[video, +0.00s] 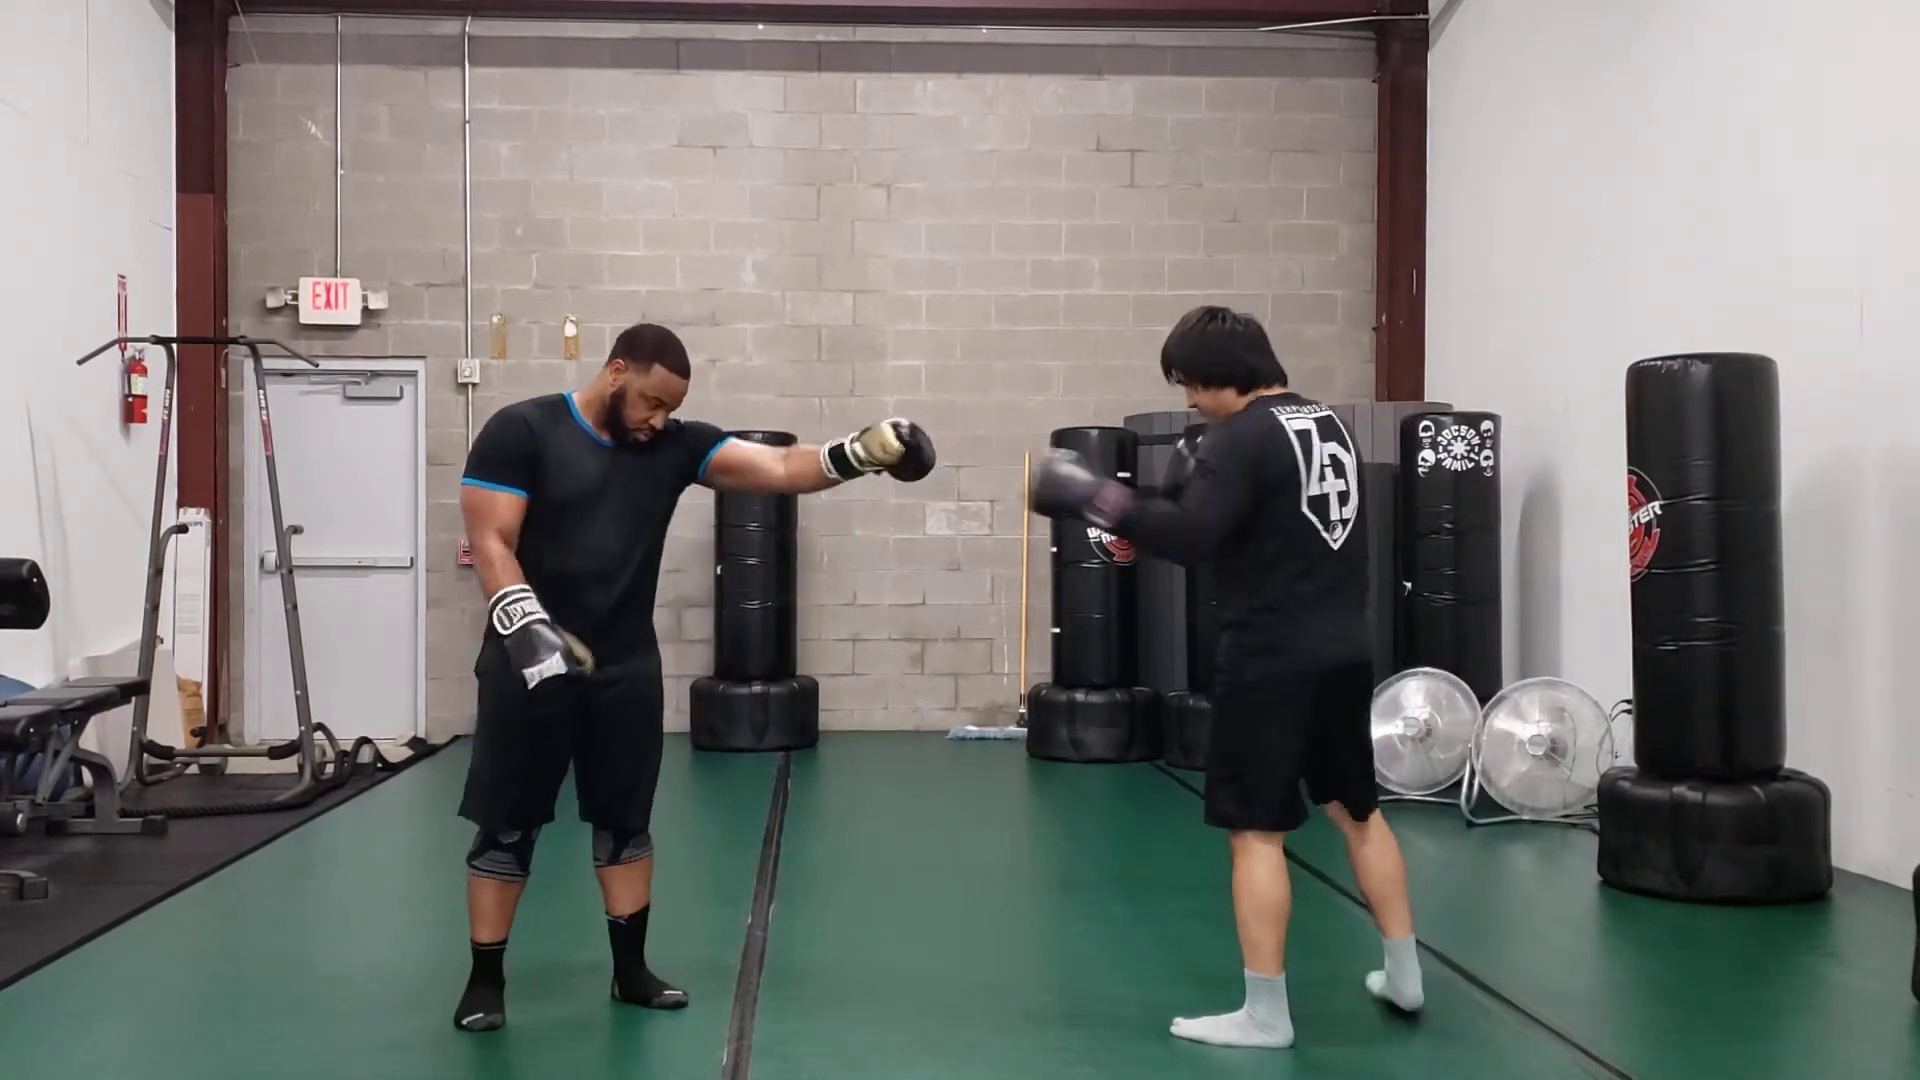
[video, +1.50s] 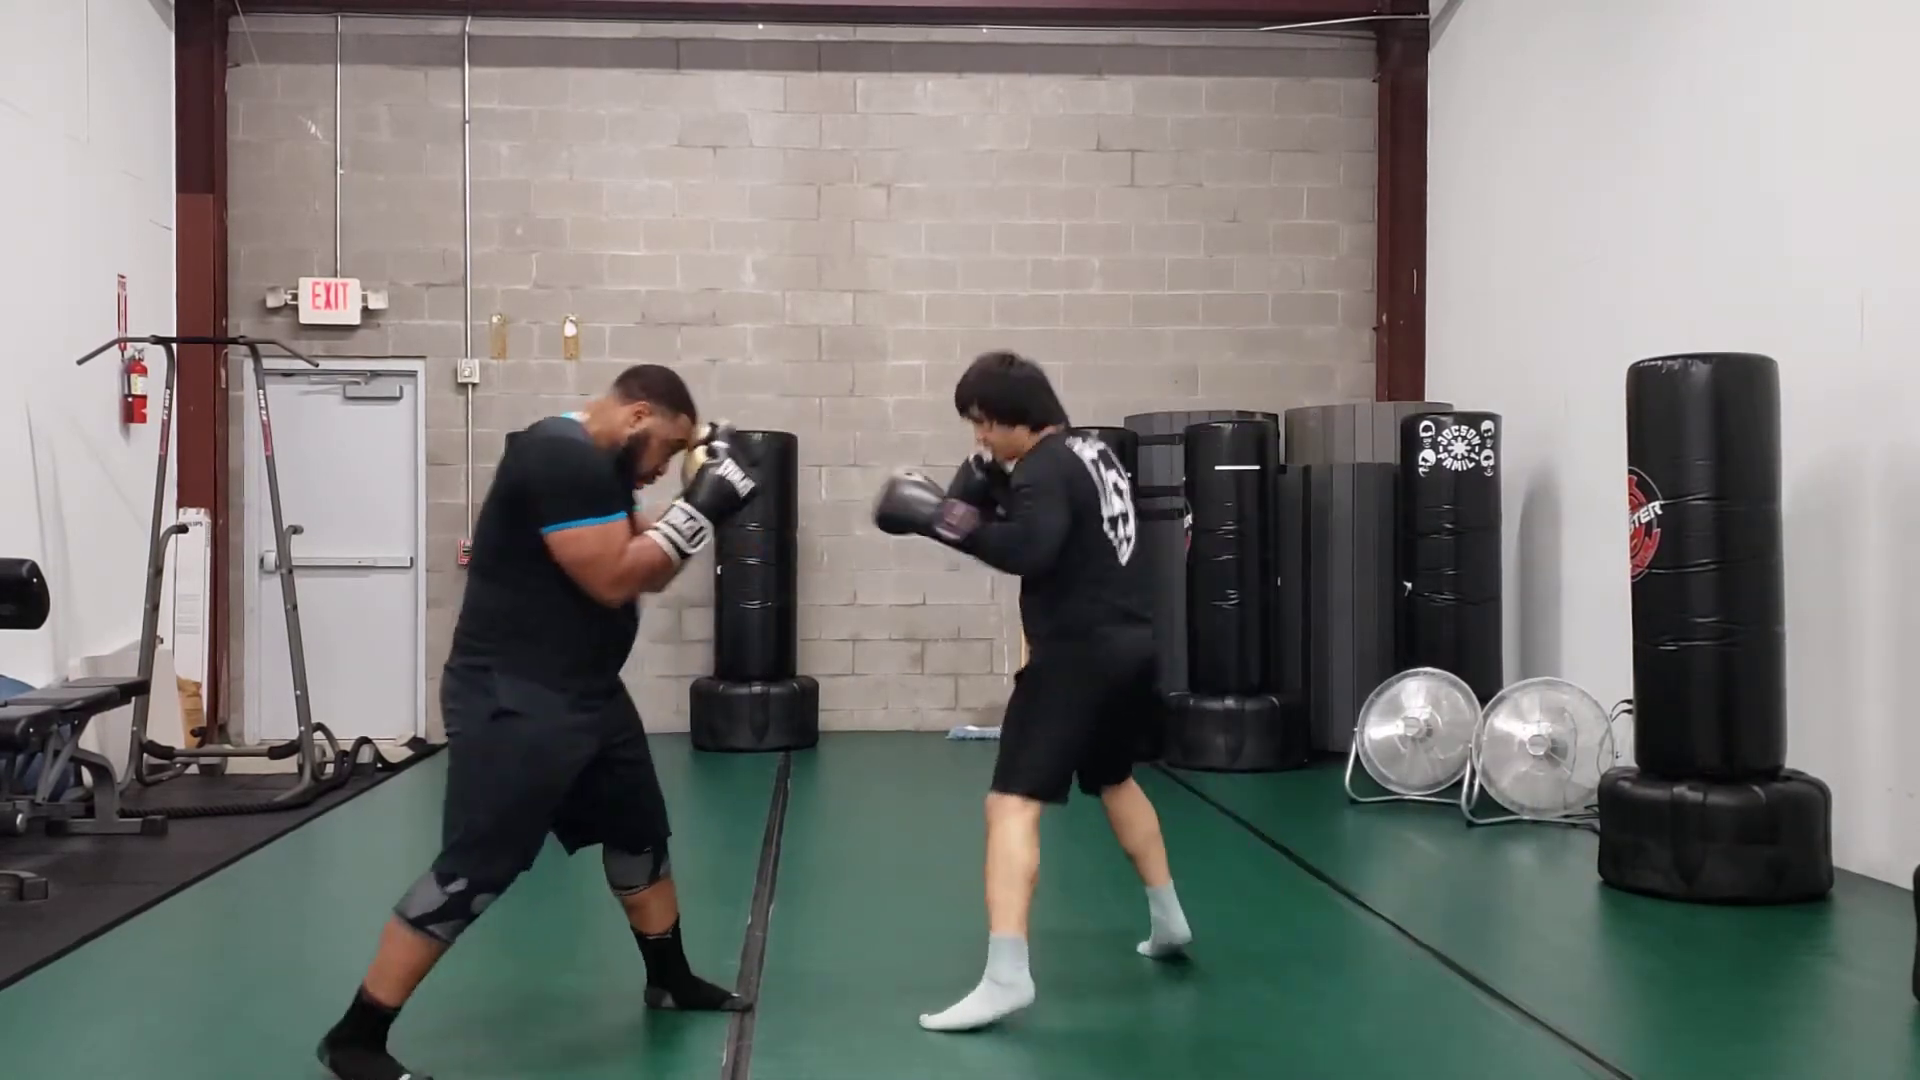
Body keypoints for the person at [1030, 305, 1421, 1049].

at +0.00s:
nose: (1190, 403)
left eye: (1192, 388)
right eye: (1186, 389)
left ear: (1226, 378)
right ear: (1261, 370)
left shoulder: (1243, 439)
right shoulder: (1329, 426)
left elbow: (1192, 532)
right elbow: (1276, 525)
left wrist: (1093, 497)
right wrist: (1163, 514)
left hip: (1268, 664)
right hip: (1342, 655)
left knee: (1256, 828)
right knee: (1359, 808)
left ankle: (1265, 1013)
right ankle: (1405, 973)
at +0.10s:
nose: (1192, 414)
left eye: (1194, 398)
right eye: (1187, 400)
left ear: (1232, 388)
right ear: (1253, 381)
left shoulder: (1267, 445)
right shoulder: (1318, 426)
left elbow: (1277, 547)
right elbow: (1301, 535)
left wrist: (1179, 534)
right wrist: (1214, 503)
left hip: (1274, 669)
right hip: (1340, 662)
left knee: (1241, 827)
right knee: (1349, 817)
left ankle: (1263, 1012)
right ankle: (1397, 983)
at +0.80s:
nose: (1096, 454)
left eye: (1100, 439)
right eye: (1092, 441)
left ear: (1134, 427)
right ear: (1157, 420)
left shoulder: (1173, 471)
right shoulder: (1211, 452)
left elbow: (1172, 566)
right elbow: (1200, 550)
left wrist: (1091, 553)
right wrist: (1121, 518)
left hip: (1219, 670)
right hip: (1270, 665)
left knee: (1135, 814)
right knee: (1240, 801)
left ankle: (1168, 994)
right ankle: (1297, 955)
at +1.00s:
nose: (1079, 456)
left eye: (1084, 441)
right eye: (1076, 442)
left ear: (1118, 435)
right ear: (1141, 429)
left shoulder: (1150, 478)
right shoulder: (1191, 465)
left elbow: (1133, 564)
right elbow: (1174, 557)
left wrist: (1063, 552)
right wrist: (1094, 529)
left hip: (1181, 676)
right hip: (1229, 676)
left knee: (1051, 792)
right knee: (1218, 816)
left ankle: (1086, 960)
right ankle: (1296, 961)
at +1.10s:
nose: (1044, 450)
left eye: (1047, 435)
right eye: (1040, 437)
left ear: (1081, 427)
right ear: (1108, 420)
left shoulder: (1103, 469)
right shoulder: (1167, 461)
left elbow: (1031, 533)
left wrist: (959, 493)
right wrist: (997, 500)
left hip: (1144, 670)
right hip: (1201, 668)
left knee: (1033, 803)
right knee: (1207, 812)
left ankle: (1009, 980)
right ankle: (1291, 955)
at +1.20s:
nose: (1002, 458)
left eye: (1005, 445)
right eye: (1001, 446)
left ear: (1036, 441)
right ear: (1071, 432)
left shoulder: (1042, 487)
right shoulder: (1133, 467)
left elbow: (942, 493)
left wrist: (863, 460)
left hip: (1102, 681)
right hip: (1177, 676)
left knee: (1006, 822)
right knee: (1166, 793)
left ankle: (1009, 999)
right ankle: (1247, 928)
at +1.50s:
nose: (978, 441)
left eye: (980, 428)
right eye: (974, 429)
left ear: (1008, 420)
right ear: (1037, 411)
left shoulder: (1043, 468)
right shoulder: (1092, 449)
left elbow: (1030, 551)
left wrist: (952, 523)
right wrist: (985, 494)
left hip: (1071, 655)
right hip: (1127, 648)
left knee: (1011, 802)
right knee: (1113, 776)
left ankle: (1006, 974)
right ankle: (1169, 917)